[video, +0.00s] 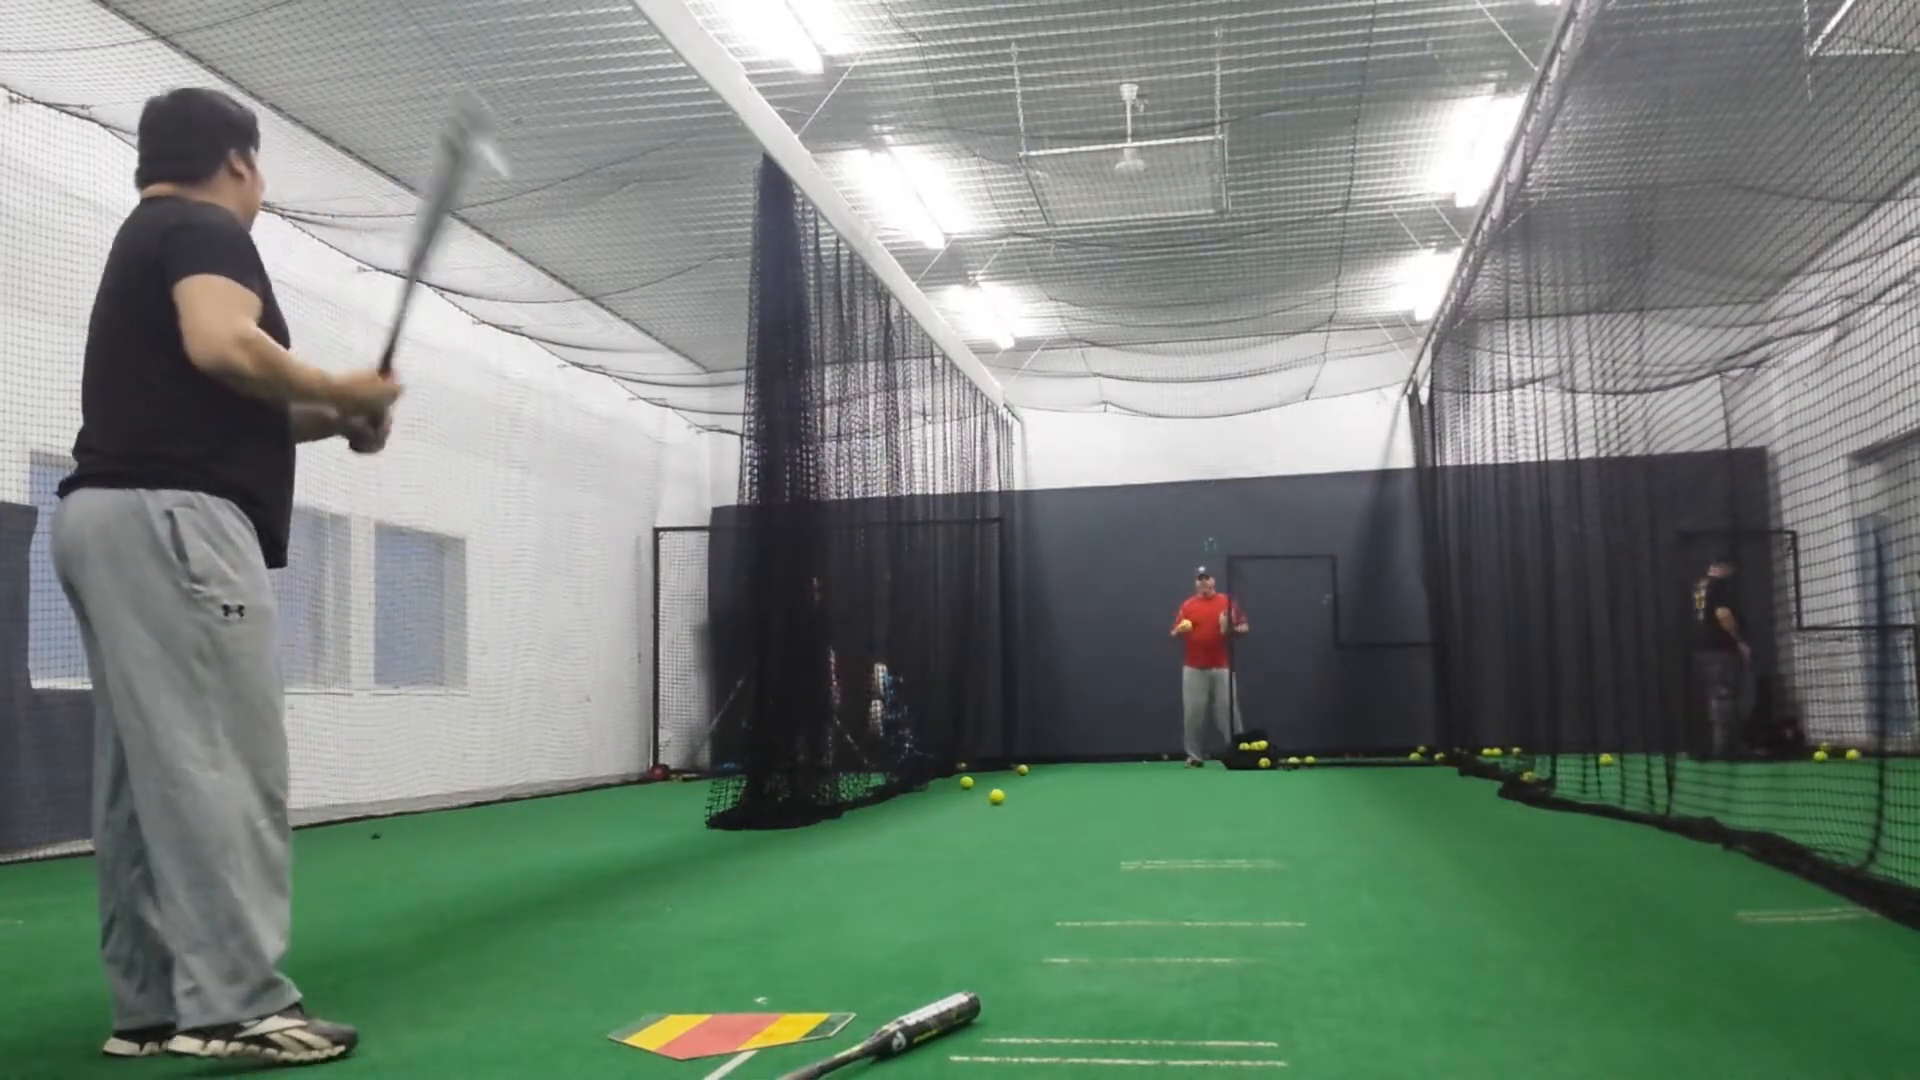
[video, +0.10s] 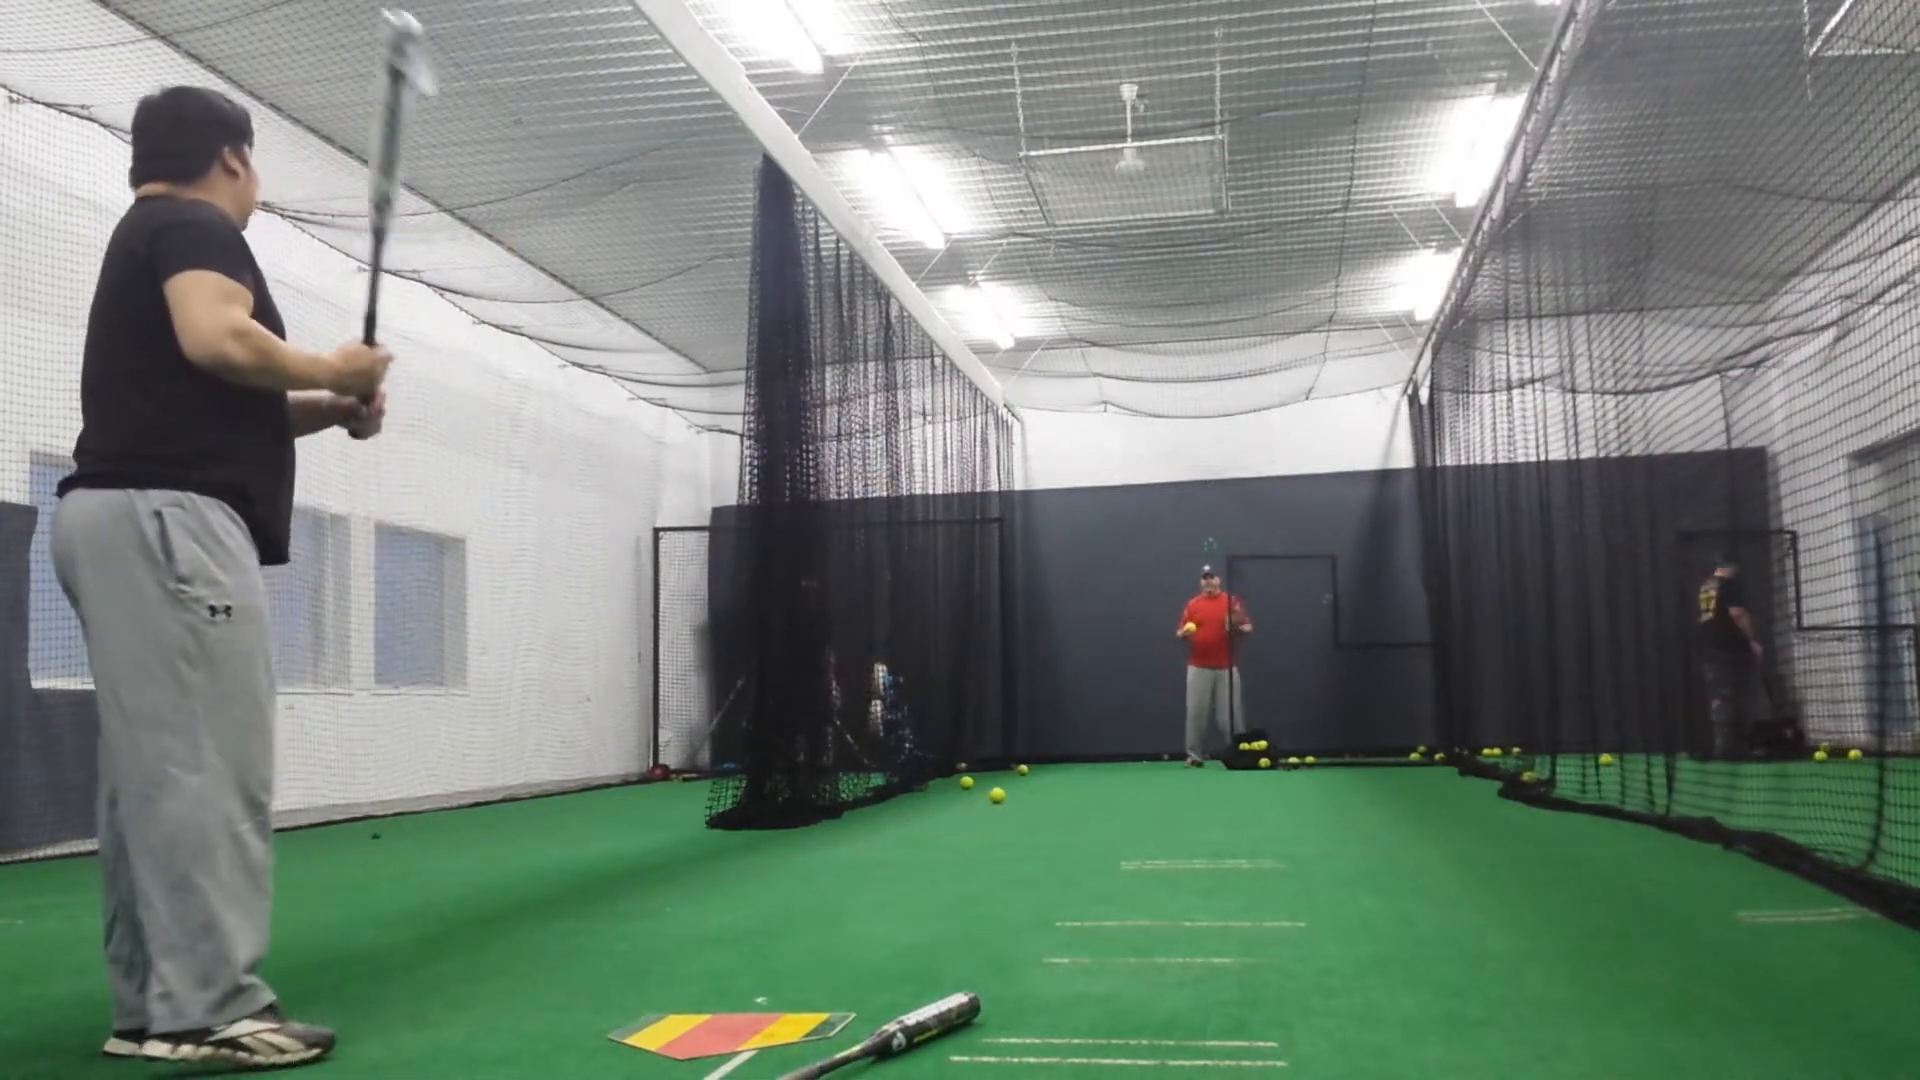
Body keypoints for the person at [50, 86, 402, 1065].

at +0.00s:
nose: (262, 185)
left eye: (258, 168)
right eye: (258, 167)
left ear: (162, 165)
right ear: (233, 160)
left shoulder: (146, 237)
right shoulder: (204, 226)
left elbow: (217, 418)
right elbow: (217, 343)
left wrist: (333, 418)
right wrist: (341, 387)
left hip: (106, 516)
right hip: (167, 518)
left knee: (142, 769)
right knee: (220, 758)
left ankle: (153, 1009)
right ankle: (237, 1004)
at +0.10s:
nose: (257, 182)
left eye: (253, 165)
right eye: (252, 163)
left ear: (157, 163)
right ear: (226, 156)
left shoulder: (146, 236)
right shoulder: (193, 223)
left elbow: (213, 414)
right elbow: (210, 338)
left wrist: (330, 409)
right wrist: (333, 366)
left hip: (116, 519)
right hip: (164, 520)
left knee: (148, 770)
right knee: (204, 761)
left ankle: (153, 1010)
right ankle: (206, 1009)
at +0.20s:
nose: (255, 181)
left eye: (251, 164)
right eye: (250, 163)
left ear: (157, 163)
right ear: (225, 156)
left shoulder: (148, 234)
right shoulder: (188, 221)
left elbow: (203, 406)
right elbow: (208, 338)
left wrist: (319, 405)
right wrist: (326, 357)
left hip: (125, 522)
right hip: (162, 523)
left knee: (159, 771)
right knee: (191, 769)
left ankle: (158, 1008)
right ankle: (185, 1012)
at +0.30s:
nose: (256, 179)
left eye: (251, 162)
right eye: (251, 160)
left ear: (161, 160)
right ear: (226, 154)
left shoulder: (153, 233)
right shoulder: (186, 221)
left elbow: (200, 400)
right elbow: (206, 336)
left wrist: (314, 413)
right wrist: (323, 358)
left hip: (139, 524)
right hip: (159, 525)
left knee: (162, 773)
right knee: (179, 773)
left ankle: (160, 1011)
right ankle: (182, 1015)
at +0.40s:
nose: (259, 170)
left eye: (252, 152)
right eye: (253, 151)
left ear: (162, 156)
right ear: (228, 149)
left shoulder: (158, 230)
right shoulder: (184, 221)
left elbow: (180, 401)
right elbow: (203, 333)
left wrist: (298, 438)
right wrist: (318, 366)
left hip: (149, 524)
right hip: (159, 526)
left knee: (168, 773)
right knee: (177, 774)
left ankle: (167, 1007)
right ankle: (174, 1015)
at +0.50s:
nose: (261, 165)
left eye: (254, 147)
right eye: (255, 146)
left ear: (160, 149)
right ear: (230, 142)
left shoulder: (157, 225)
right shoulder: (188, 217)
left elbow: (193, 400)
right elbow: (197, 334)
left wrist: (316, 440)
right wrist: (314, 377)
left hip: (139, 522)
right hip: (167, 526)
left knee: (165, 771)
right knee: (189, 772)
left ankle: (170, 1000)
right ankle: (162, 1020)